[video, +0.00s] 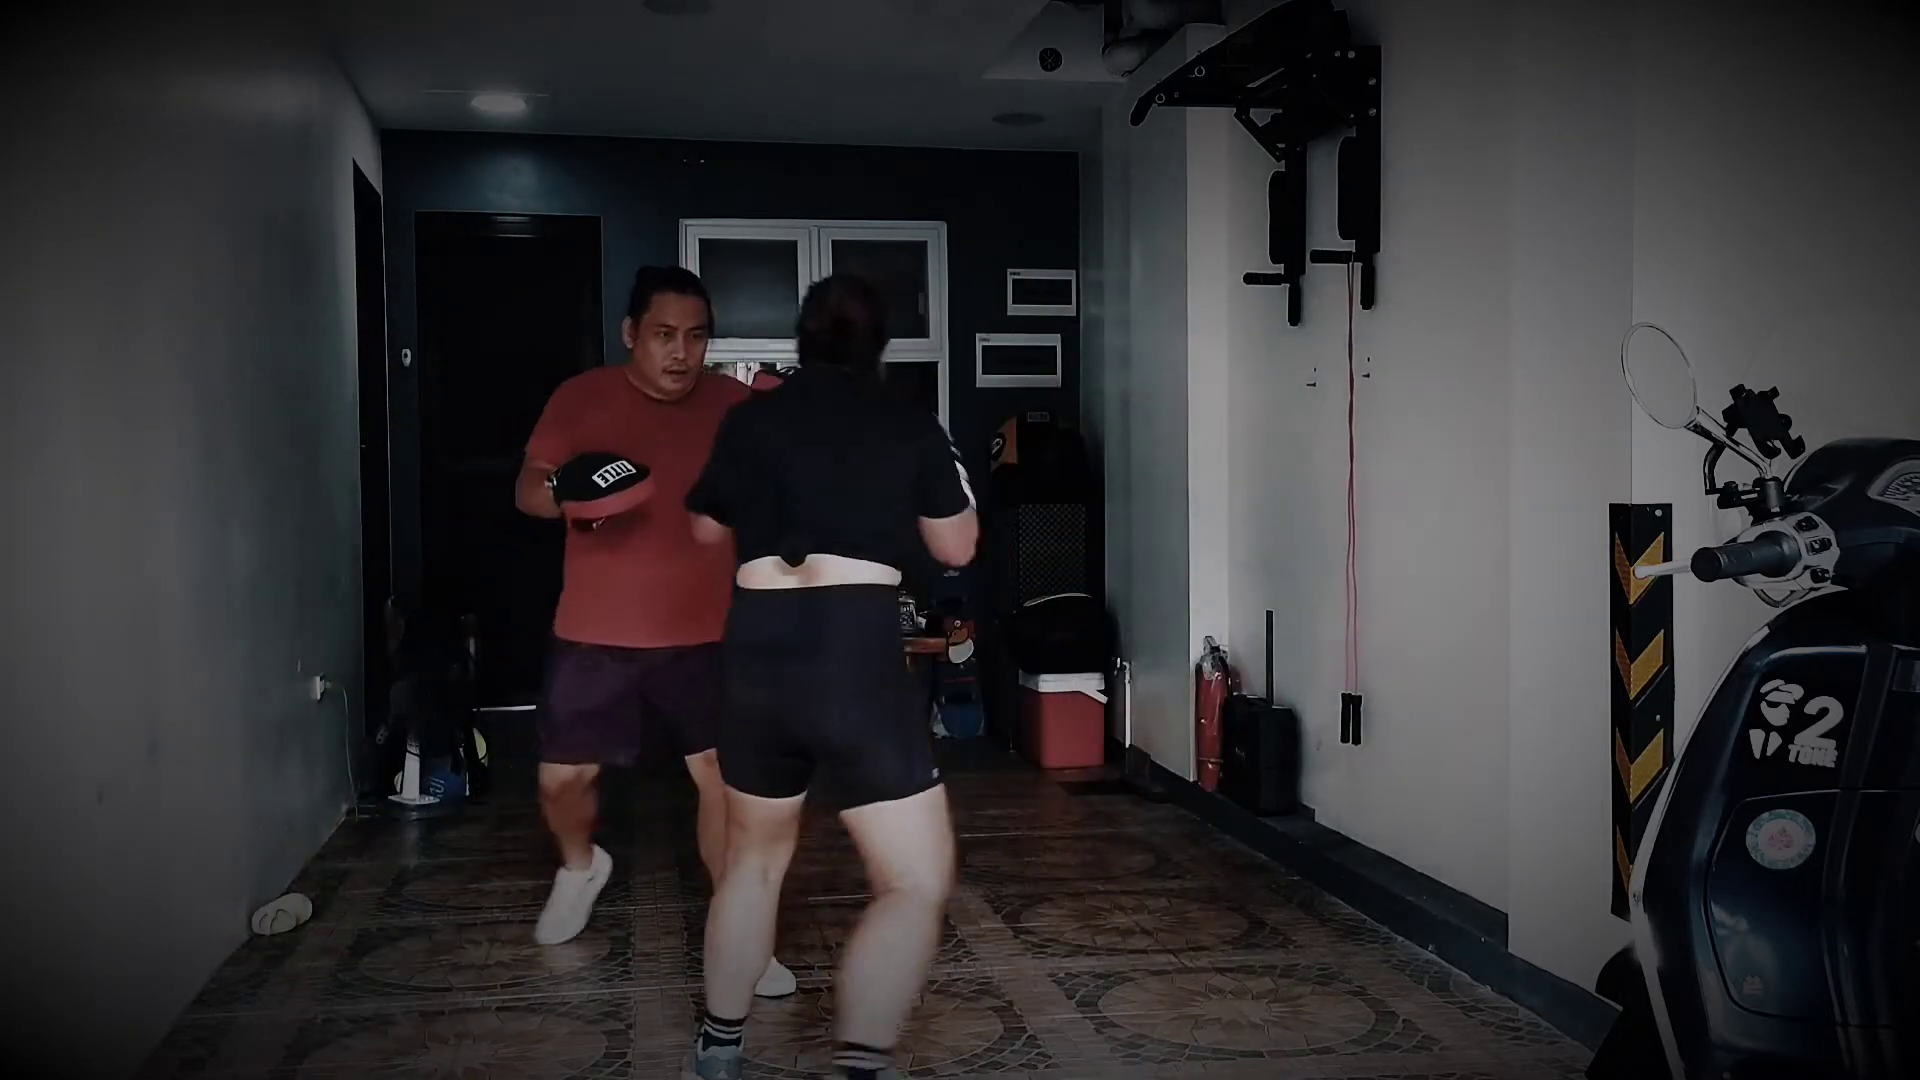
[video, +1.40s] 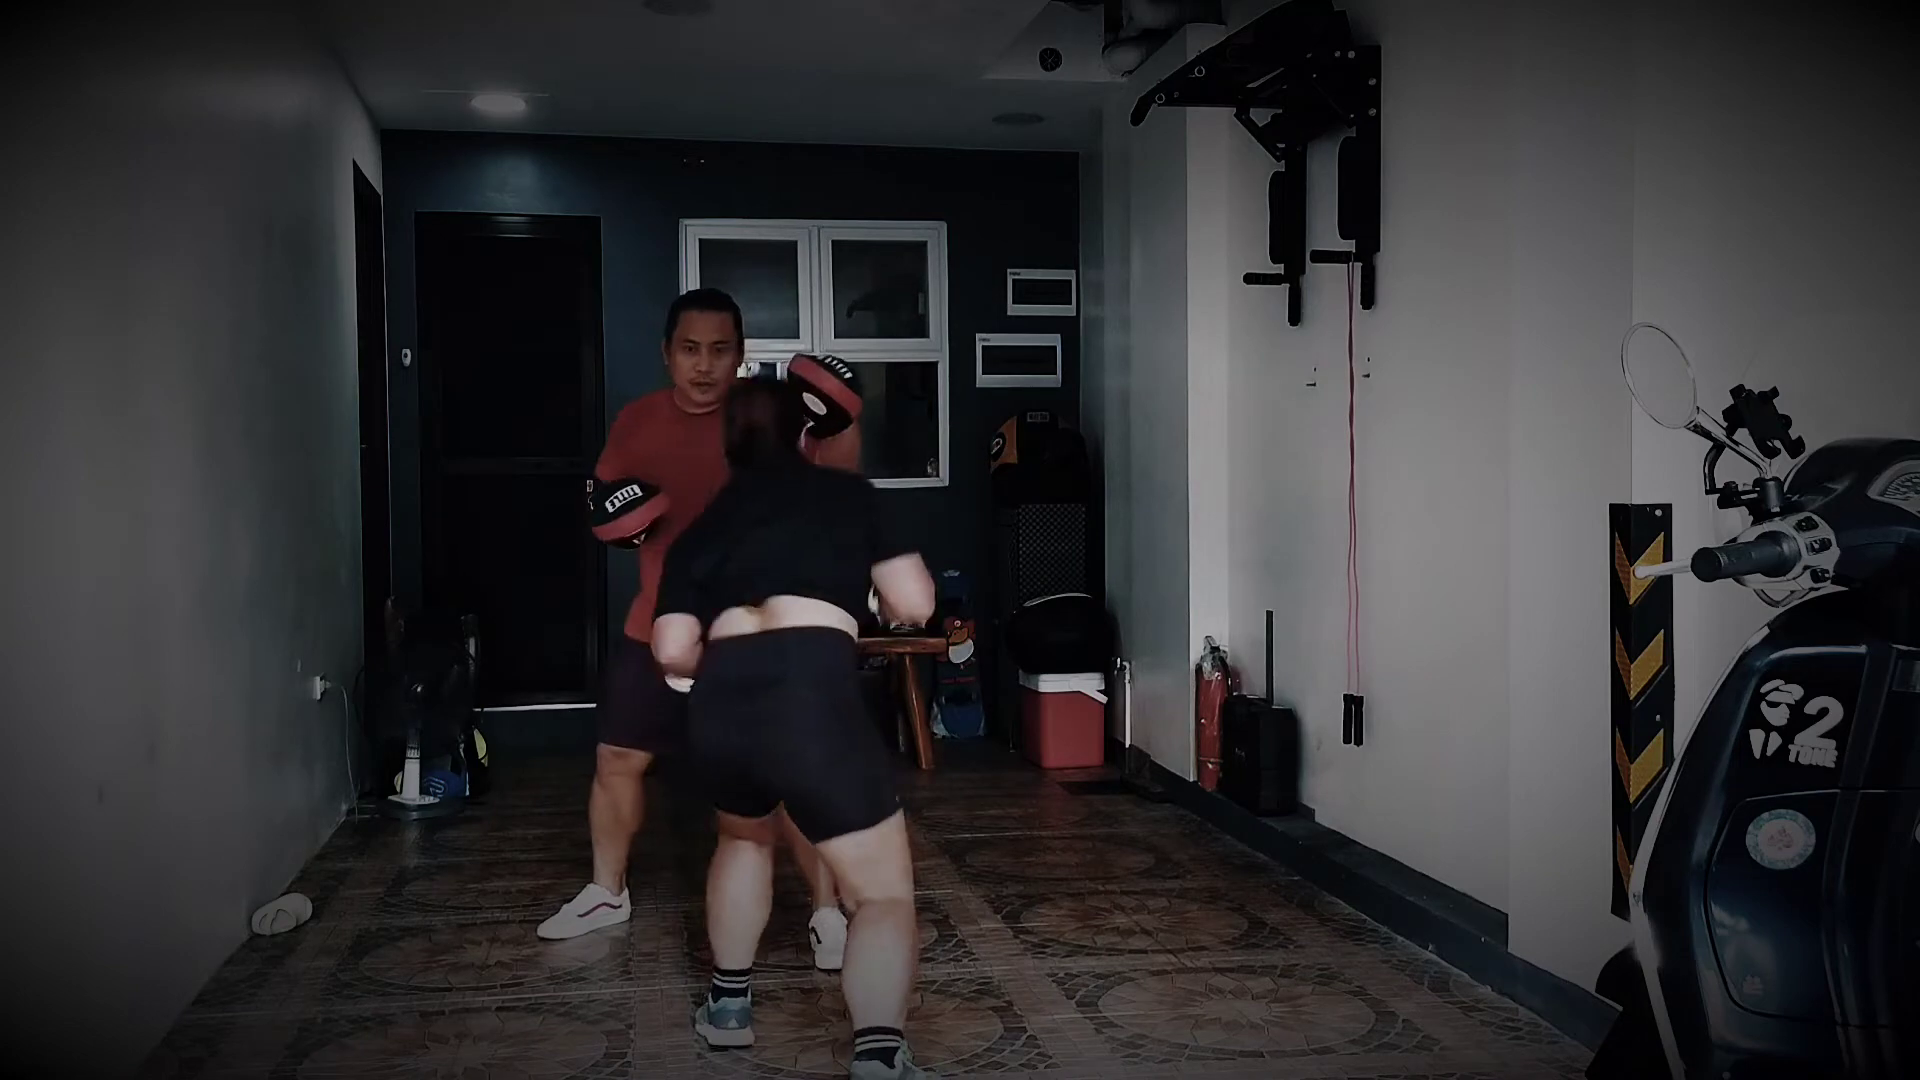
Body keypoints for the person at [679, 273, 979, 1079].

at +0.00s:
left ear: (800, 339)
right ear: (881, 346)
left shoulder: (751, 420)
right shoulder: (908, 427)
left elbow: (709, 528)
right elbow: (955, 544)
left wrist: (782, 500)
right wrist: (889, 498)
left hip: (758, 665)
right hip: (862, 669)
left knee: (753, 856)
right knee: (911, 883)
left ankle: (718, 1050)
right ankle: (862, 1065)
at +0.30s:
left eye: (772, 318)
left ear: (767, 330)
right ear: (853, 330)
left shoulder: (729, 415)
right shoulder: (895, 414)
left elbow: (707, 523)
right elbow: (920, 521)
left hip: (746, 668)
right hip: (856, 676)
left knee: (736, 857)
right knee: (837, 918)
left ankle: (713, 1032)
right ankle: (798, 1072)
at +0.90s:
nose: (714, 360)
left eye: (722, 350)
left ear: (733, 360)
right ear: (813, 362)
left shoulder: (692, 439)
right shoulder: (850, 440)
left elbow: (660, 529)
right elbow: (877, 543)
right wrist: (795, 523)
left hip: (705, 671)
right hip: (807, 680)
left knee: (720, 863)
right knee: (833, 908)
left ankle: (708, 1015)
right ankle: (799, 1069)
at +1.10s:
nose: (699, 362)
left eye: (707, 351)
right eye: (699, 348)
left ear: (721, 362)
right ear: (794, 362)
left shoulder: (676, 437)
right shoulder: (841, 430)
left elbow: (625, 552)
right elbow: (876, 535)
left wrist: (673, 489)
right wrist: (795, 512)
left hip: (723, 667)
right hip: (826, 663)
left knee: (724, 844)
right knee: (873, 868)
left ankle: (713, 1013)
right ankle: (862, 1039)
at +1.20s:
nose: (705, 377)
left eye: (716, 373)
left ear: (720, 407)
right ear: (796, 406)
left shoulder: (690, 484)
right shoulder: (845, 468)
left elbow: (644, 611)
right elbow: (888, 576)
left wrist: (621, 590)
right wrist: (814, 571)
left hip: (737, 693)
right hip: (843, 688)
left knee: (725, 837)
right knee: (881, 891)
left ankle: (725, 1003)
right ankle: (887, 1056)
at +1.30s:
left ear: (720, 452)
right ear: (795, 444)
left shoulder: (701, 534)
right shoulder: (846, 512)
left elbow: (685, 635)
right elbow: (904, 622)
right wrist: (842, 619)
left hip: (732, 721)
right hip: (839, 719)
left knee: (729, 844)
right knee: (886, 899)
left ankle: (730, 1008)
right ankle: (883, 1059)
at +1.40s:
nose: (832, 441)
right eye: (822, 430)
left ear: (730, 442)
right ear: (806, 436)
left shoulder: (701, 529)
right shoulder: (851, 495)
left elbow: (674, 651)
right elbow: (913, 605)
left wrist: (728, 669)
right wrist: (870, 598)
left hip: (719, 707)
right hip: (821, 704)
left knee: (744, 838)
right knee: (880, 895)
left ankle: (729, 1003)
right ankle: (878, 1050)